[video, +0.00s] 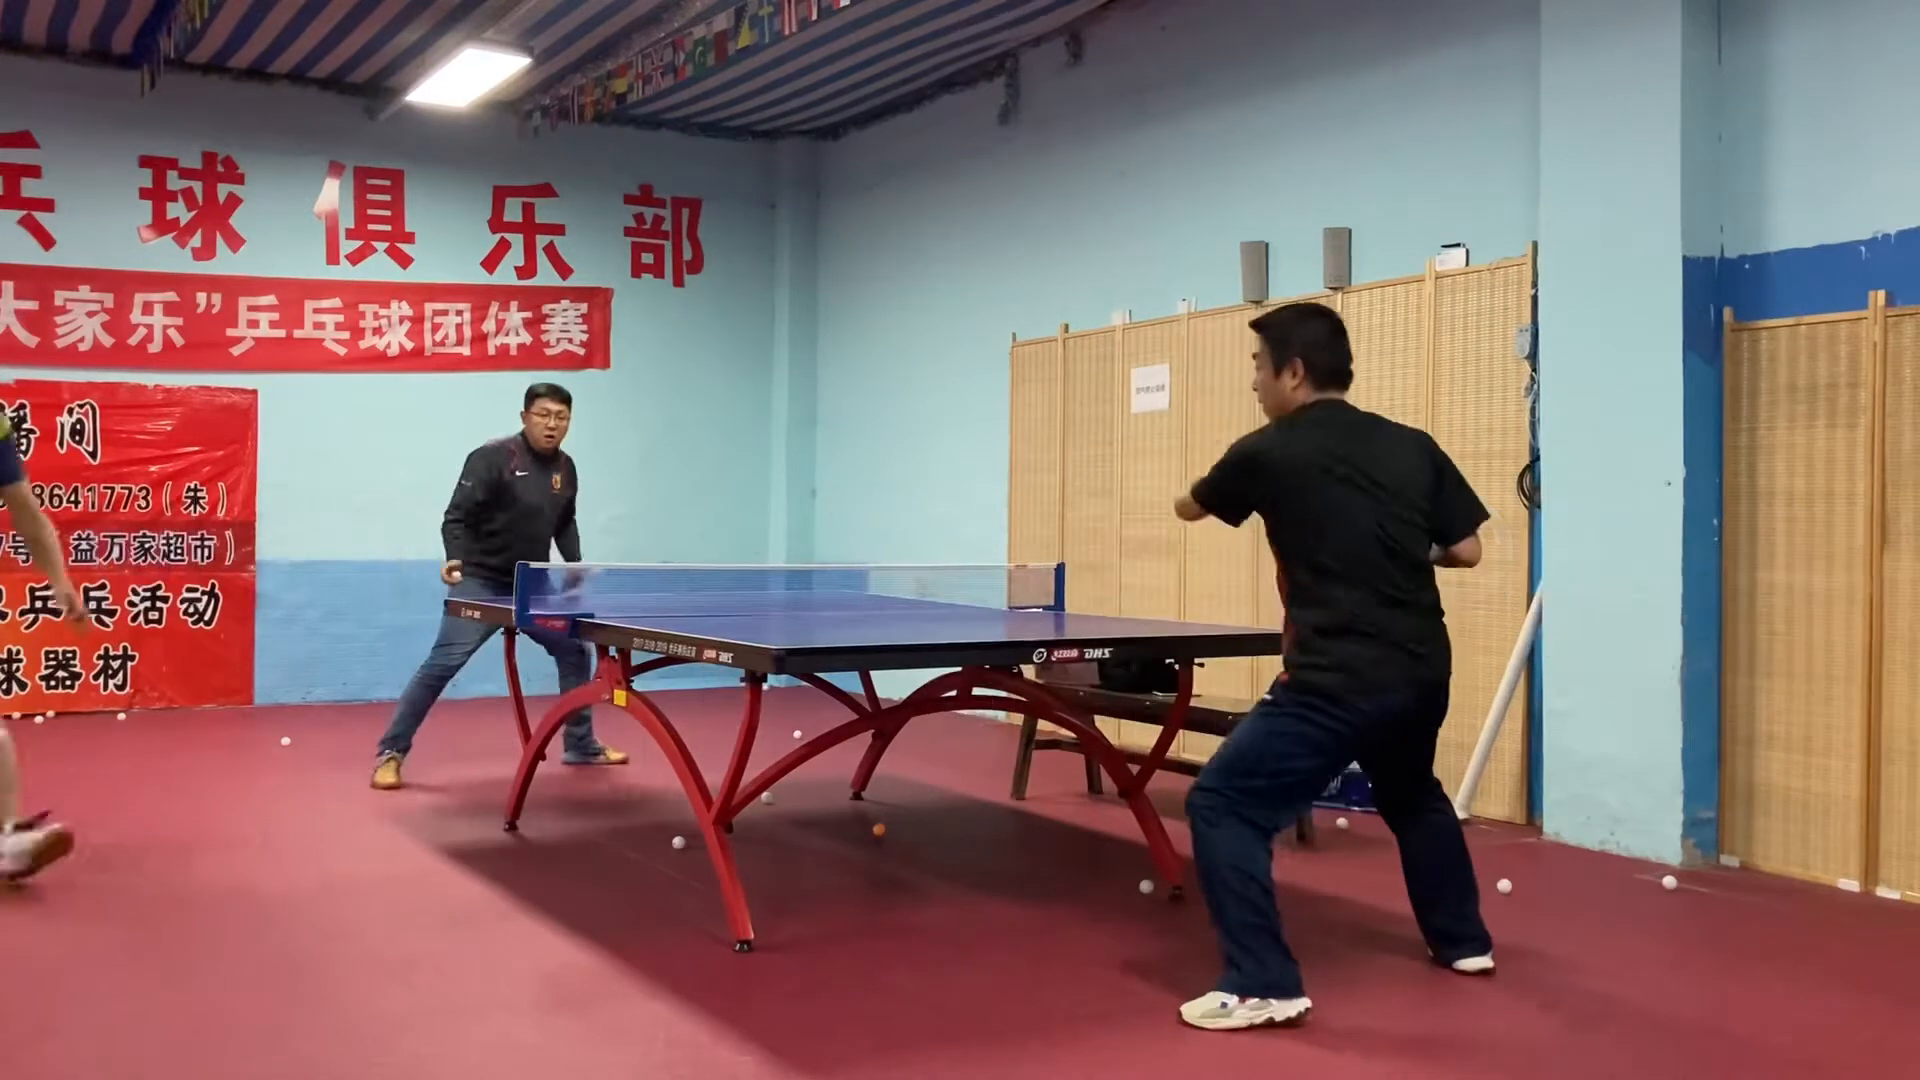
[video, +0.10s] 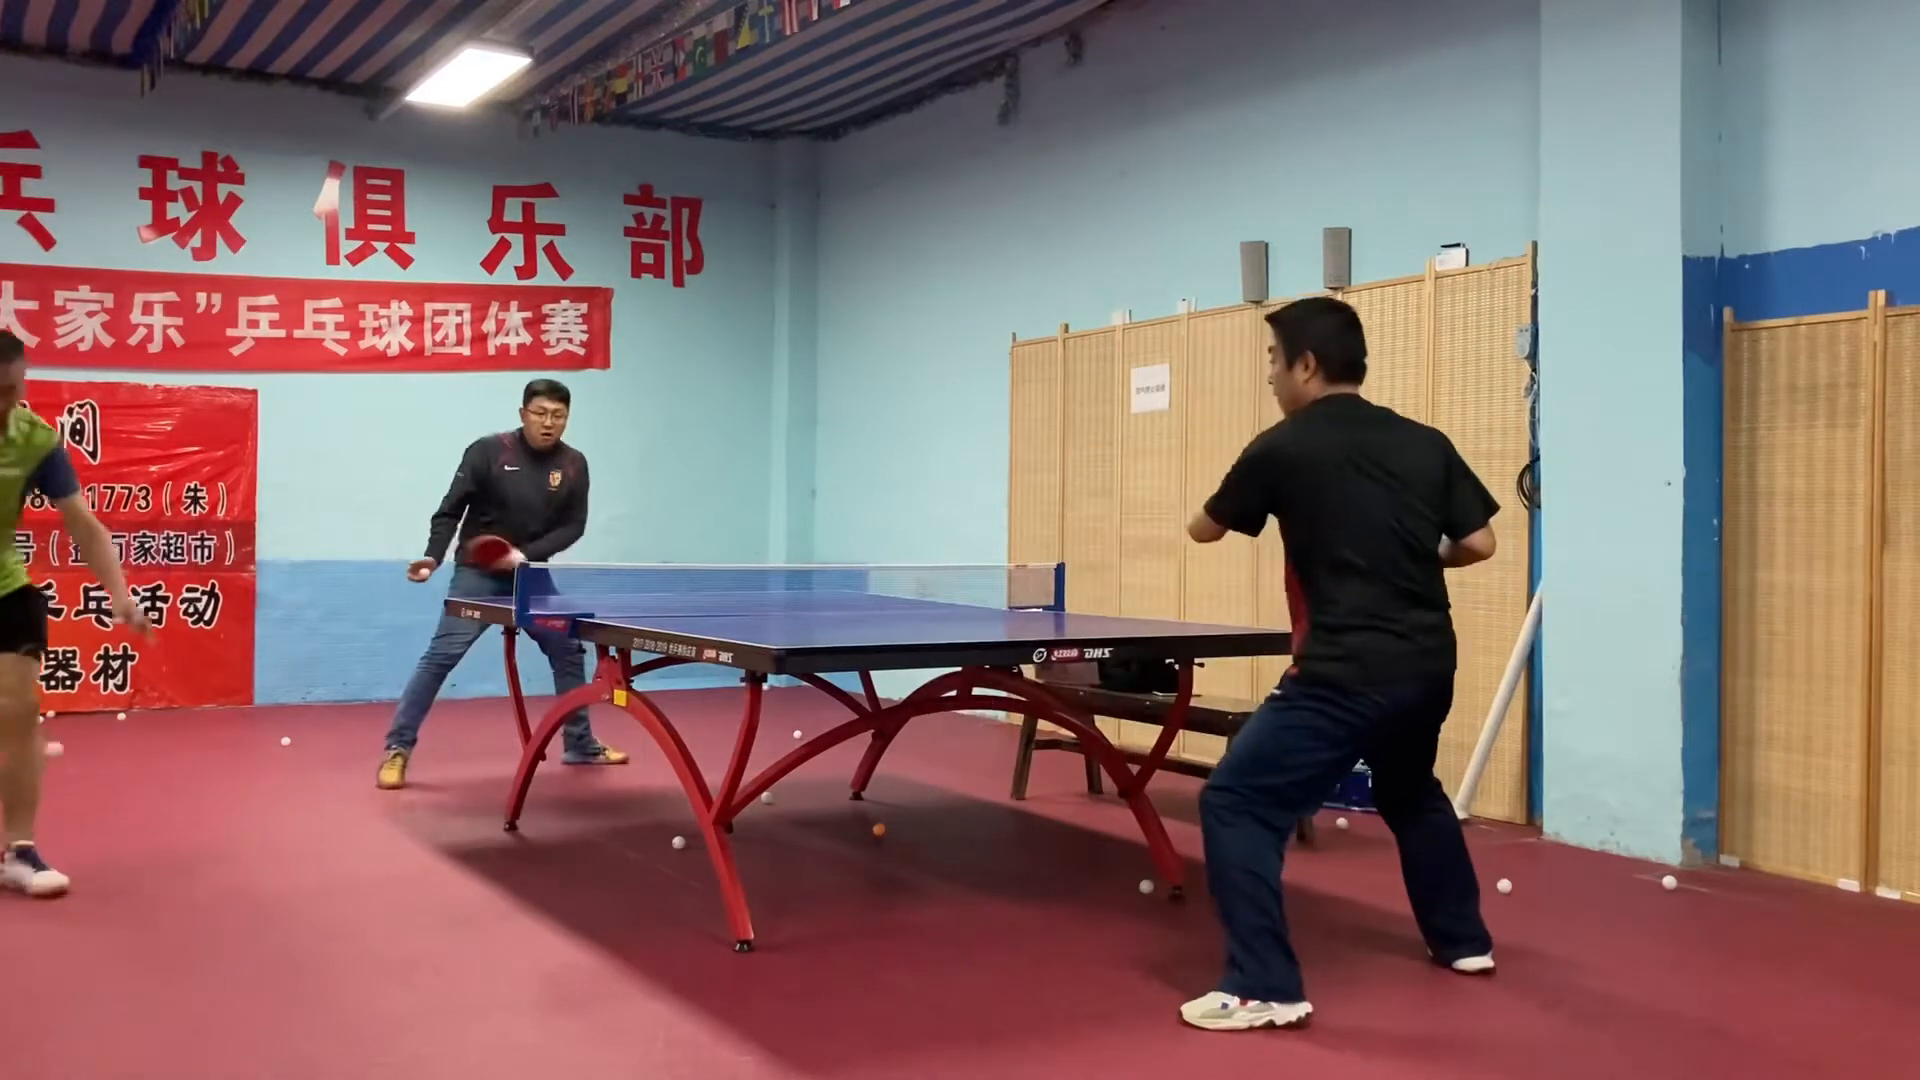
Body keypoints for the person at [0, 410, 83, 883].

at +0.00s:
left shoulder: (2, 428)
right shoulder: (4, 431)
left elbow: (26, 508)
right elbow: (26, 509)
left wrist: (60, 579)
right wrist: (61, 580)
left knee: (1, 723)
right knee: (0, 724)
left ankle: (9, 826)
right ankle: (7, 827)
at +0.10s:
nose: (12, 399)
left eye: (17, 387)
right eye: (6, 387)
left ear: (25, 380)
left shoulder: (32, 437)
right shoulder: (27, 435)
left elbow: (84, 525)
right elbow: (83, 525)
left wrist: (121, 596)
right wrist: (122, 598)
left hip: (10, 589)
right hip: (10, 591)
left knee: (19, 705)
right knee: (16, 708)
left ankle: (20, 846)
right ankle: (17, 846)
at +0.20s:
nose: (34, 430)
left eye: (48, 418)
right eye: (23, 417)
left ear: (61, 408)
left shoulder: (73, 454)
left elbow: (130, 537)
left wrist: (172, 613)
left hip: (27, 594)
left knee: (51, 709)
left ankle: (23, 849)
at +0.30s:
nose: (72, 462)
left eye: (84, 450)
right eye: (60, 449)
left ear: (98, 435)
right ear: (32, 426)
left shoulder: (111, 470)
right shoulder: (2, 453)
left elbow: (169, 553)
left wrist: (215, 634)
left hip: (58, 601)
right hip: (1, 602)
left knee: (77, 725)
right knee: (21, 703)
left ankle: (25, 845)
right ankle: (6, 850)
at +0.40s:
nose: (115, 507)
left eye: (127, 494)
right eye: (102, 494)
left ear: (140, 477)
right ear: (71, 471)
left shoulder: (153, 511)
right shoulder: (18, 493)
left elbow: (208, 593)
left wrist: (257, 676)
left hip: (79, 625)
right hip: (10, 619)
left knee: (93, 752)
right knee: (51, 718)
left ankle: (25, 841)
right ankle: (85, 874)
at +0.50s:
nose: (162, 565)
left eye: (173, 553)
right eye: (151, 554)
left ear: (185, 533)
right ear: (119, 535)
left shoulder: (191, 560)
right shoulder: (49, 545)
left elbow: (246, 644)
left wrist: (298, 739)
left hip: (98, 656)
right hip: (23, 643)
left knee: (120, 794)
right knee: (89, 732)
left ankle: (33, 833)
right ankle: (117, 902)